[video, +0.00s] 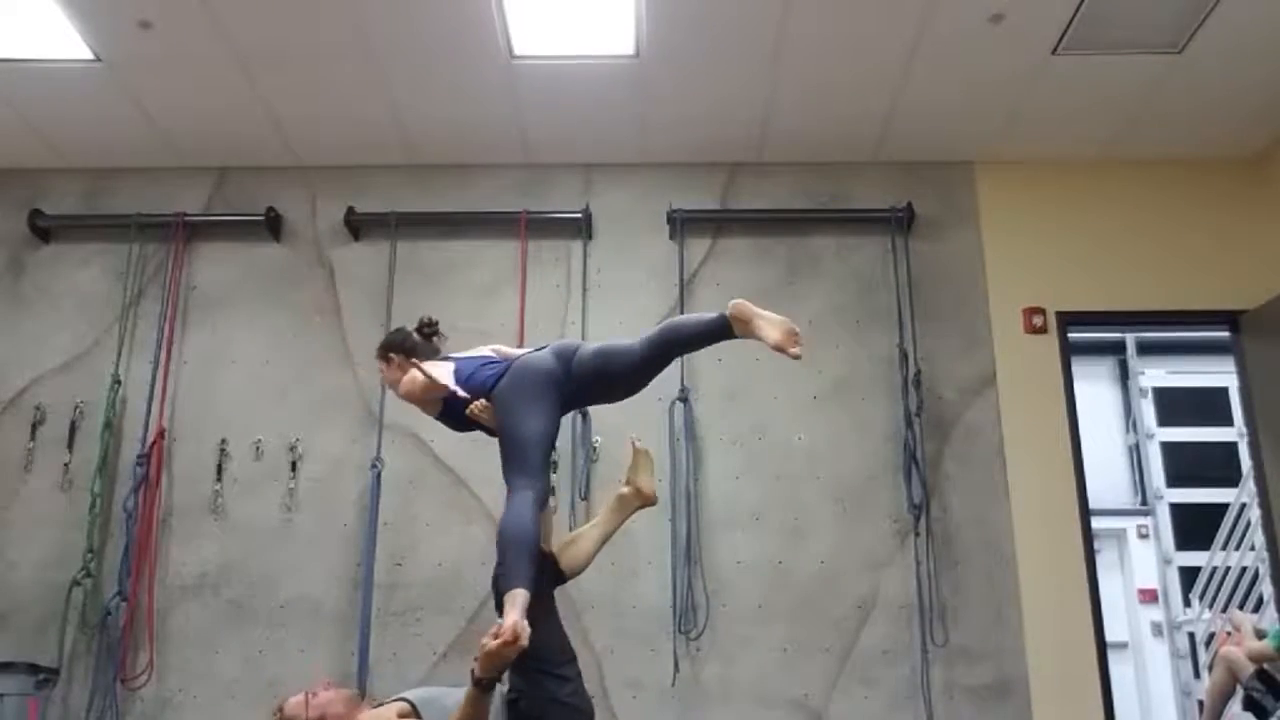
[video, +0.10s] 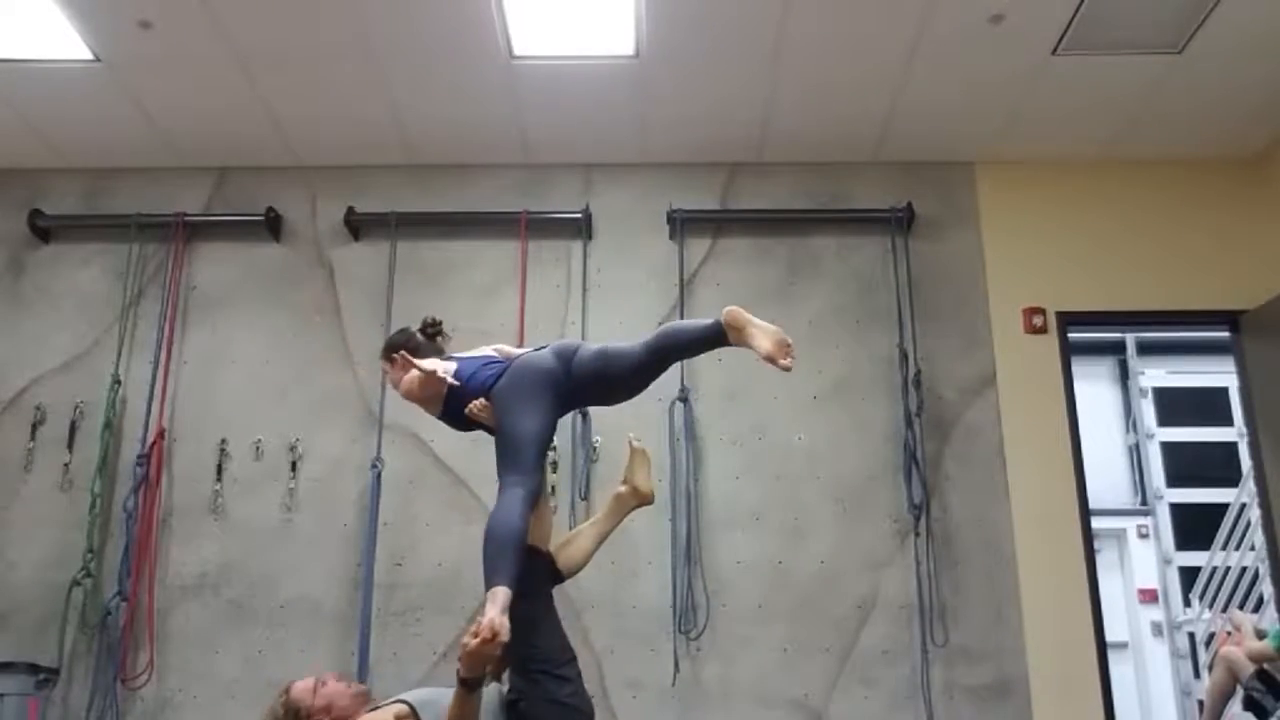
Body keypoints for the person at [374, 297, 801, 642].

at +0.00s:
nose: (388, 383)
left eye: (387, 373)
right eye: (386, 375)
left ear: (401, 362)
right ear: (414, 350)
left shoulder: (415, 378)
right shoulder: (463, 363)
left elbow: (427, 382)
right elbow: (513, 356)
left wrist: (463, 404)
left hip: (519, 384)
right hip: (563, 361)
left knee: (523, 491)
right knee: (645, 356)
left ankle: (514, 613)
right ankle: (737, 321)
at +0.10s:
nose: (392, 382)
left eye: (391, 372)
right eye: (388, 374)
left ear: (404, 361)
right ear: (422, 347)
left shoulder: (413, 378)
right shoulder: (469, 357)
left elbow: (431, 375)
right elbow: (518, 355)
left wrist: (458, 396)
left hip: (520, 382)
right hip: (563, 361)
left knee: (514, 490)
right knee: (643, 359)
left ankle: (496, 604)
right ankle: (730, 327)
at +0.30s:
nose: (381, 375)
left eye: (378, 367)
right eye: (377, 368)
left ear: (389, 356)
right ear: (412, 339)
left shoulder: (405, 372)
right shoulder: (465, 337)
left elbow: (397, 393)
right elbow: (531, 332)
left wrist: (374, 408)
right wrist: (598, 322)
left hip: (513, 382)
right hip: (565, 359)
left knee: (511, 491)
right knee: (648, 436)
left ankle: (499, 615)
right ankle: (744, 484)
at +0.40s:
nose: (373, 363)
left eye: (372, 354)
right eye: (371, 354)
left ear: (382, 343)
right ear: (407, 329)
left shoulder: (399, 365)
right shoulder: (461, 326)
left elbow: (388, 392)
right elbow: (523, 325)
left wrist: (363, 410)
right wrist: (594, 317)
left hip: (501, 383)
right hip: (553, 357)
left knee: (505, 492)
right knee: (636, 460)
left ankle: (496, 613)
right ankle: (724, 540)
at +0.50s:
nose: (367, 352)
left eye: (366, 343)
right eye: (365, 344)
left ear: (380, 334)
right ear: (407, 321)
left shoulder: (396, 357)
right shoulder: (457, 319)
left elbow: (379, 387)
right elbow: (520, 321)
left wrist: (349, 403)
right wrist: (589, 318)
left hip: (500, 378)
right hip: (554, 356)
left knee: (504, 493)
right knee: (623, 476)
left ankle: (494, 616)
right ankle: (685, 573)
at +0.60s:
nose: (364, 337)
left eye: (361, 329)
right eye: (361, 331)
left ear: (373, 319)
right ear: (399, 306)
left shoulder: (392, 343)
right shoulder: (453, 309)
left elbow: (377, 376)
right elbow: (521, 319)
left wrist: (346, 393)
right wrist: (592, 325)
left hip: (501, 381)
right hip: (556, 359)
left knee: (510, 497)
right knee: (605, 488)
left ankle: (511, 617)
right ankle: (648, 598)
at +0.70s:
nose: (369, 319)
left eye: (368, 312)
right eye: (366, 313)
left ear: (379, 303)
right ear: (412, 292)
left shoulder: (393, 330)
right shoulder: (462, 302)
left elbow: (380, 364)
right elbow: (525, 316)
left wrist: (349, 381)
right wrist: (597, 329)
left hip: (492, 382)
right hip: (551, 368)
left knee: (507, 497)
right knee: (575, 493)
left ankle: (515, 621)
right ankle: (597, 608)